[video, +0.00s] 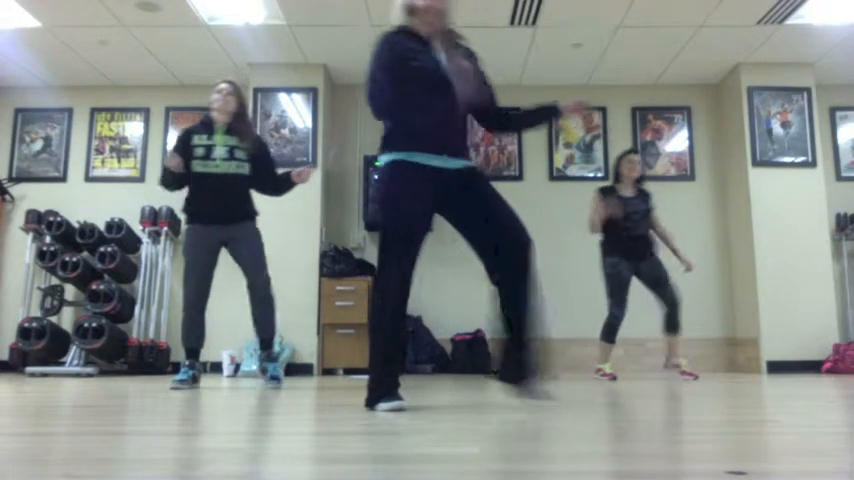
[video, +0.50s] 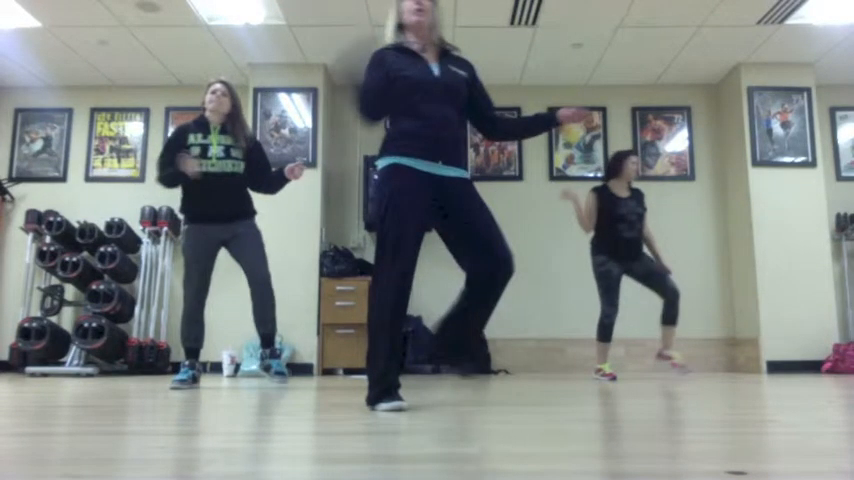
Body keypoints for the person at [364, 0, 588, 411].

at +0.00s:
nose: (431, 5)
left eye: (436, 1)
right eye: (423, 1)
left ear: (446, 7)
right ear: (410, 7)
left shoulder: (461, 54)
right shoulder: (395, 44)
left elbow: (493, 119)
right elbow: (382, 104)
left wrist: (557, 110)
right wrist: (444, 89)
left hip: (456, 174)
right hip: (406, 171)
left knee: (512, 247)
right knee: (393, 278)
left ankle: (517, 368)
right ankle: (383, 389)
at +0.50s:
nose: (417, 5)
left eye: (423, 2)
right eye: (409, 2)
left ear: (435, 13)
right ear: (398, 14)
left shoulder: (458, 66)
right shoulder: (388, 58)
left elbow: (493, 127)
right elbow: (370, 111)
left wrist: (554, 118)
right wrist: (392, 69)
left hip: (453, 182)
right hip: (403, 177)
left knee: (494, 266)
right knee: (393, 282)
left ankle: (448, 349)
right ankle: (382, 389)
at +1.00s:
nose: (494, 48)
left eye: (502, 44)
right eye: (488, 42)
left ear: (511, 56)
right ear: (477, 48)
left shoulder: (509, 112)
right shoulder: (457, 85)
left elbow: (526, 171)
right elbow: (415, 128)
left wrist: (581, 166)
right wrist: (436, 103)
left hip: (467, 203)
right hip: (435, 191)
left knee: (489, 289)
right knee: (452, 272)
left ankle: (486, 381)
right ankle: (388, 352)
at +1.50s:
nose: (478, 54)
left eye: (486, 50)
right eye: (474, 48)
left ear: (495, 61)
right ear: (464, 54)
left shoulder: (494, 116)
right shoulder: (442, 87)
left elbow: (508, 175)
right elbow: (412, 115)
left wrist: (554, 175)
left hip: (456, 207)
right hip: (417, 198)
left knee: (475, 290)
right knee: (405, 278)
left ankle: (484, 380)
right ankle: (381, 370)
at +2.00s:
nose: (416, 40)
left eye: (422, 37)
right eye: (410, 37)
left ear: (431, 48)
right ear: (400, 46)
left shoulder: (448, 91)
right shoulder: (381, 80)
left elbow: (501, 87)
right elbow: (337, 47)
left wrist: (530, 58)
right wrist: (313, 7)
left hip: (433, 197)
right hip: (387, 195)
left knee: (442, 275)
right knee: (380, 281)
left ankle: (424, 358)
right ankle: (371, 375)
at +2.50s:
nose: (431, 25)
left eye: (423, 22)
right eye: (426, 21)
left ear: (399, 32)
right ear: (424, 27)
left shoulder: (401, 64)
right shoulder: (425, 50)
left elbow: (389, 92)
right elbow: (457, 18)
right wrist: (457, 4)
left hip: (406, 167)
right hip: (427, 168)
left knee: (411, 257)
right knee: (429, 257)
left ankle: (403, 347)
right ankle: (419, 352)